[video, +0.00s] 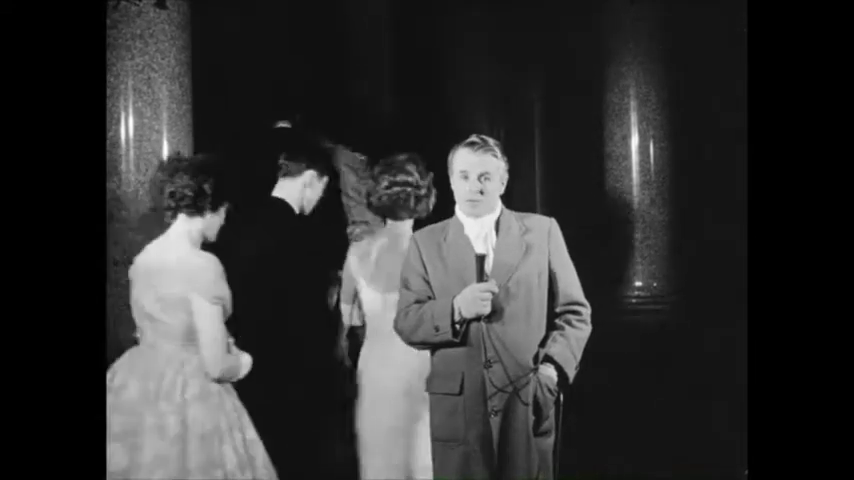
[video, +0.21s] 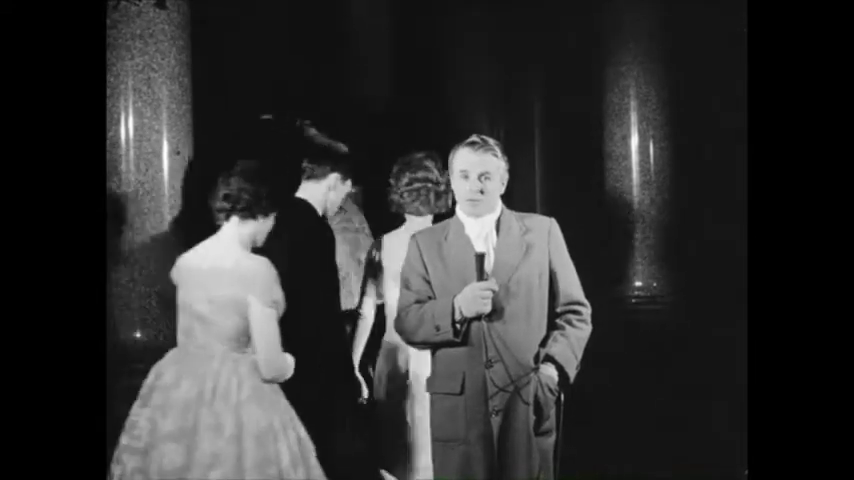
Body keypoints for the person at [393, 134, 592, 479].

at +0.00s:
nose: (474, 187)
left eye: (484, 177)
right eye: (464, 177)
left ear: (503, 182)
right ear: (451, 182)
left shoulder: (542, 232)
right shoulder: (424, 242)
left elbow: (574, 311)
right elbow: (408, 320)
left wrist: (552, 367)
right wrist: (455, 309)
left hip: (526, 399)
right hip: (456, 400)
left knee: (527, 475)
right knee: (458, 475)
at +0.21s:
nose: (474, 187)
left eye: (485, 177)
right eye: (464, 177)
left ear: (503, 182)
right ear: (451, 182)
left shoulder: (542, 232)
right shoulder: (424, 244)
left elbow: (574, 311)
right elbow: (407, 321)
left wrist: (553, 366)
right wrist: (455, 309)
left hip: (526, 400)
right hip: (456, 401)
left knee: (528, 475)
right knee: (457, 474)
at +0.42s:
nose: (478, 184)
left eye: (488, 175)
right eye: (468, 174)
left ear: (506, 182)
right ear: (452, 180)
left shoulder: (542, 233)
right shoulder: (424, 244)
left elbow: (574, 312)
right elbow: (408, 322)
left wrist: (554, 366)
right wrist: (455, 306)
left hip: (526, 399)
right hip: (456, 401)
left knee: (528, 475)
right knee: (457, 475)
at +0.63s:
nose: (480, 174)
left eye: (491, 168)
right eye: (471, 165)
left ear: (508, 181)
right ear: (454, 175)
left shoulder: (542, 233)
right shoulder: (423, 242)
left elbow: (574, 311)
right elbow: (408, 321)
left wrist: (552, 363)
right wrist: (456, 299)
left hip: (527, 396)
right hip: (456, 397)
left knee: (527, 474)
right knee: (457, 474)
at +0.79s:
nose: (481, 174)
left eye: (493, 169)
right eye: (473, 165)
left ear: (509, 183)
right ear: (455, 176)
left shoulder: (543, 234)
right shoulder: (423, 244)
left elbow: (574, 311)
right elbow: (407, 320)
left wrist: (554, 363)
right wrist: (460, 301)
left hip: (527, 396)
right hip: (457, 397)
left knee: (528, 474)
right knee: (460, 474)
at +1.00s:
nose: (488, 173)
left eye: (499, 166)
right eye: (477, 165)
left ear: (512, 181)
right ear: (457, 176)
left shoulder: (544, 234)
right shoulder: (424, 242)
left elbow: (575, 312)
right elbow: (409, 320)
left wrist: (555, 364)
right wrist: (462, 301)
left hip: (528, 396)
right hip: (458, 397)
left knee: (529, 474)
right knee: (459, 474)